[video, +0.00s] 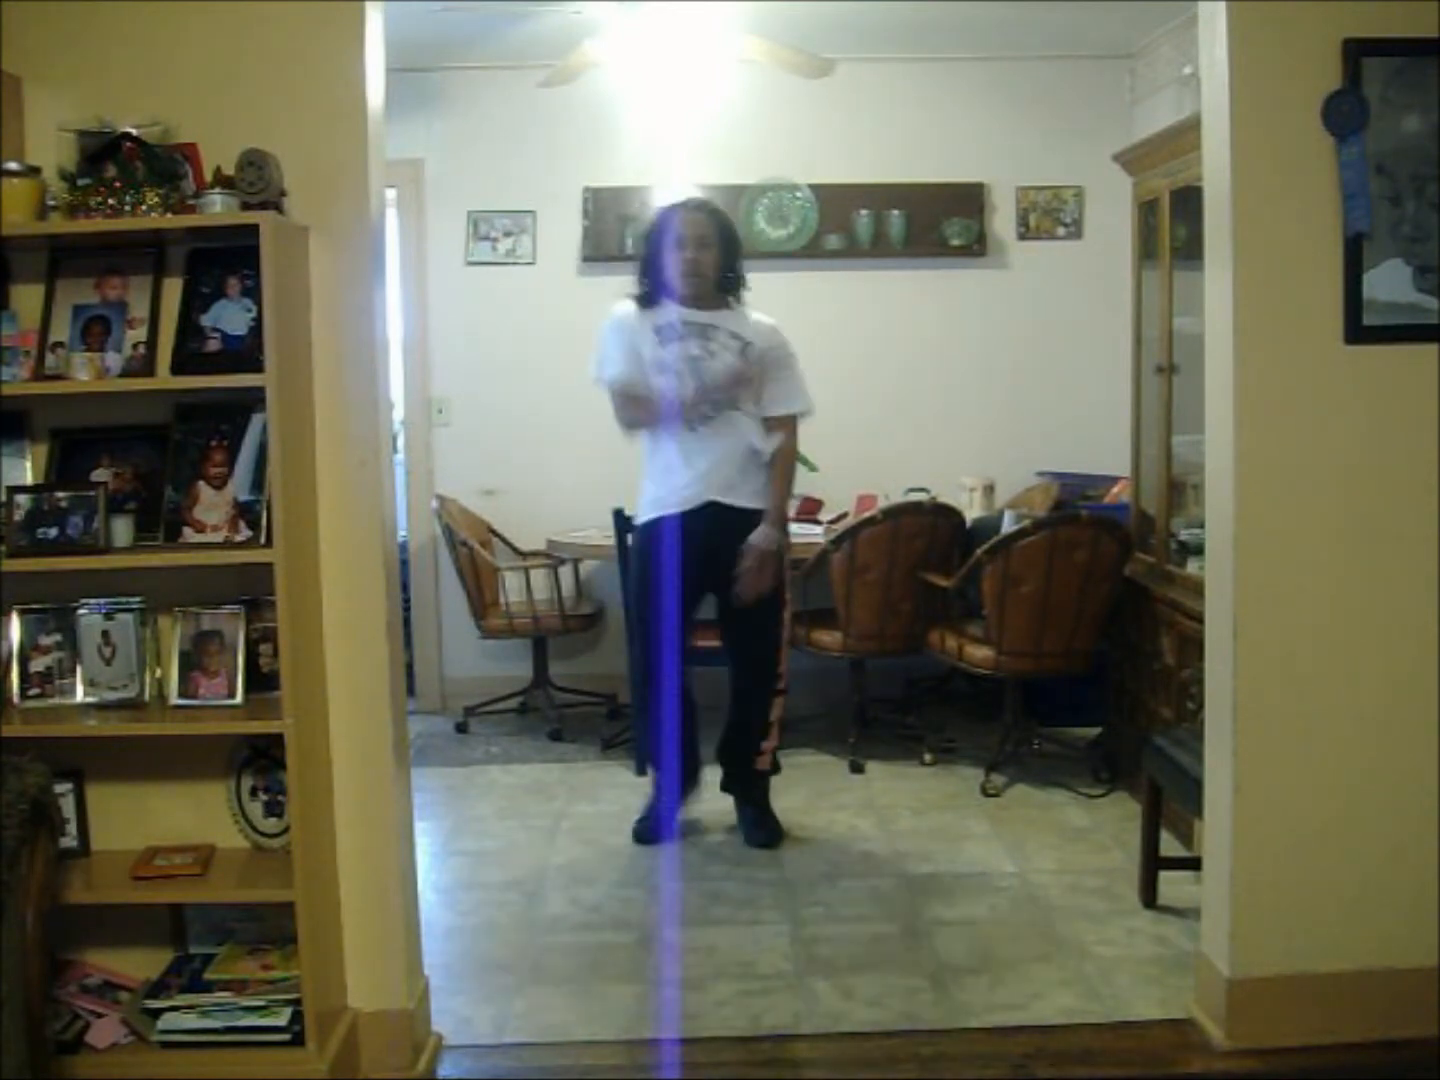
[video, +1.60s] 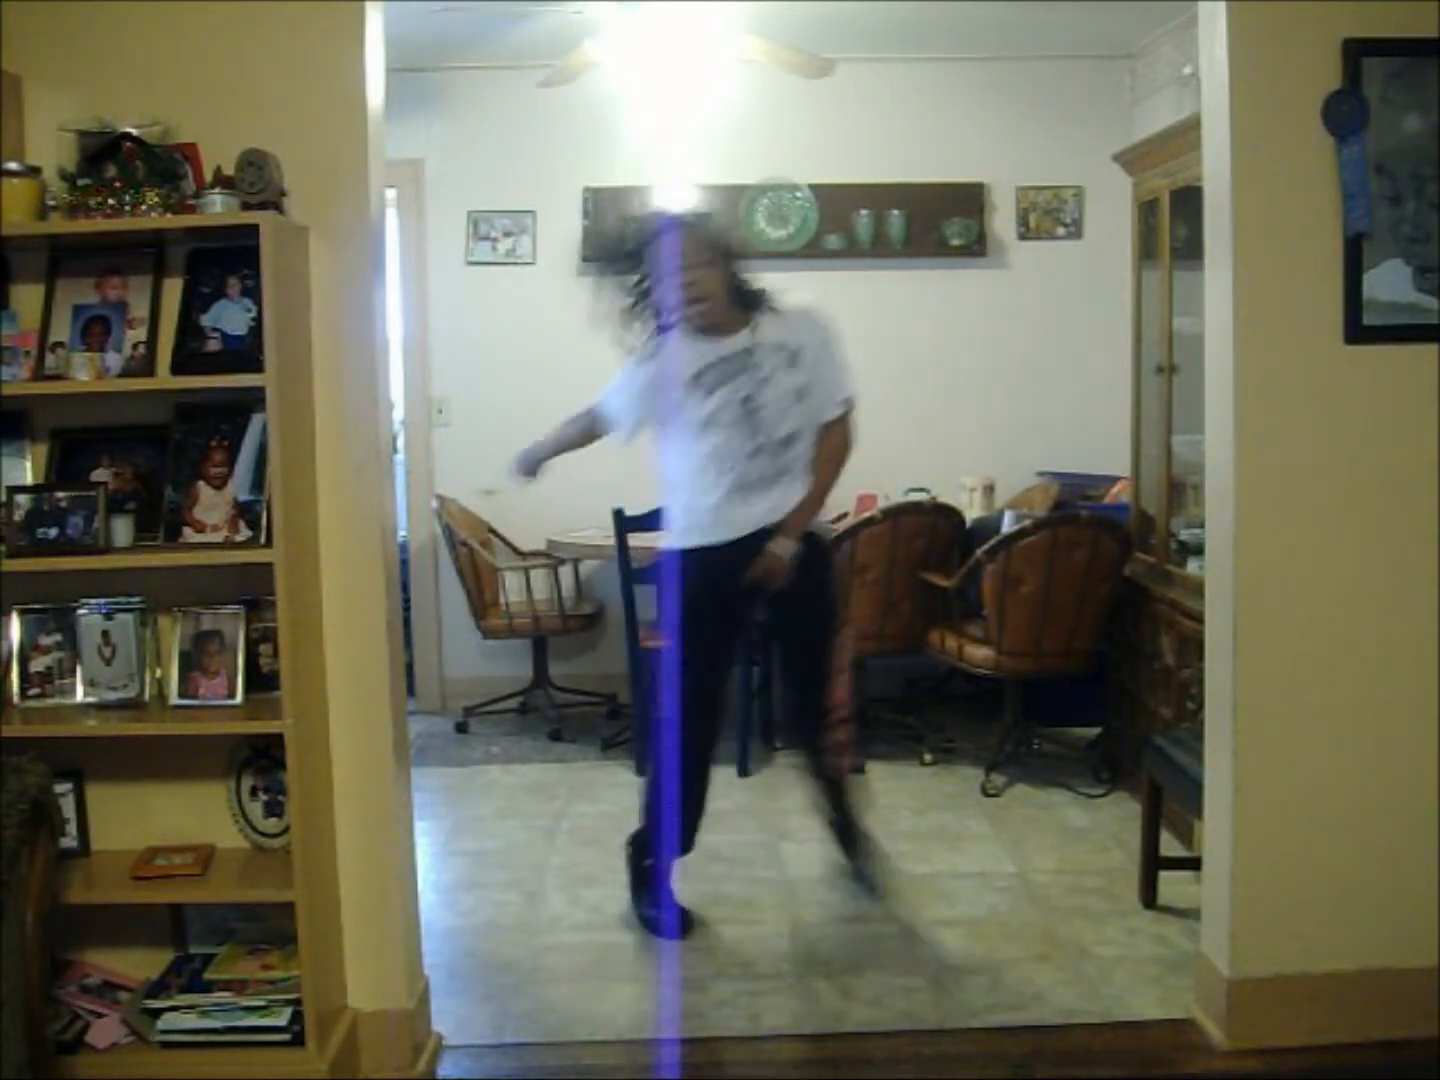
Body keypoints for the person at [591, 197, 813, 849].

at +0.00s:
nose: (690, 256)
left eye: (703, 244)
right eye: (678, 245)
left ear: (725, 255)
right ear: (656, 256)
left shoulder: (761, 336)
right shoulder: (630, 326)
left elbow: (785, 436)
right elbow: (628, 413)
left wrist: (775, 525)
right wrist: (714, 392)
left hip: (748, 511)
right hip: (667, 512)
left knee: (757, 661)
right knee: (657, 657)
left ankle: (751, 787)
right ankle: (670, 785)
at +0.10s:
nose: (702, 268)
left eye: (716, 257)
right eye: (691, 257)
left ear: (739, 267)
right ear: (674, 267)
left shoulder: (775, 347)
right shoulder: (647, 342)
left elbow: (773, 462)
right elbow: (630, 438)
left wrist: (752, 556)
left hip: (756, 513)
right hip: (677, 514)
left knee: (762, 660)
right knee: (661, 651)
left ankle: (753, 788)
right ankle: (652, 772)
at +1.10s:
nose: (606, 290)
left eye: (617, 275)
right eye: (604, 276)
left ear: (662, 273)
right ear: (629, 279)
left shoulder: (754, 347)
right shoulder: (608, 351)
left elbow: (772, 467)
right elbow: (603, 456)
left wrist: (738, 572)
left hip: (734, 545)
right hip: (650, 545)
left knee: (734, 687)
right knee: (661, 705)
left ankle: (738, 783)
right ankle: (651, 866)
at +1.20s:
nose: (607, 289)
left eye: (619, 274)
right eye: (605, 275)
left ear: (663, 272)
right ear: (624, 280)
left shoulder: (753, 348)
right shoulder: (619, 351)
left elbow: (771, 468)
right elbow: (606, 457)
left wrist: (738, 575)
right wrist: (639, 398)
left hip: (736, 545)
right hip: (653, 544)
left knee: (738, 688)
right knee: (662, 706)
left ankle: (738, 782)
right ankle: (650, 865)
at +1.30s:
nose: (626, 289)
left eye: (638, 274)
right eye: (624, 276)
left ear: (677, 274)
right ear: (636, 280)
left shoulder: (769, 352)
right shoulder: (627, 358)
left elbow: (783, 473)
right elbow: (582, 451)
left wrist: (747, 575)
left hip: (746, 551)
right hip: (657, 548)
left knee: (738, 695)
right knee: (660, 707)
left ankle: (738, 785)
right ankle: (651, 868)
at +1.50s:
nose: (661, 288)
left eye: (669, 271)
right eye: (646, 283)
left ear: (704, 270)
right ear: (637, 302)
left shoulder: (784, 343)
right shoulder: (645, 373)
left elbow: (824, 445)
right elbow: (582, 431)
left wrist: (779, 544)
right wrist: (526, 468)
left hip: (777, 549)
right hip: (688, 556)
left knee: (781, 702)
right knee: (673, 719)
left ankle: (794, 764)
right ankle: (651, 872)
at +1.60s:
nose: (684, 286)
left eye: (696, 268)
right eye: (669, 276)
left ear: (728, 267)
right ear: (655, 289)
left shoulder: (797, 336)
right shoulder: (661, 364)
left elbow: (837, 436)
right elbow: (598, 418)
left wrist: (795, 530)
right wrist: (540, 451)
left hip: (791, 544)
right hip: (701, 554)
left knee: (812, 706)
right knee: (689, 717)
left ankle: (851, 838)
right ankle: (653, 869)